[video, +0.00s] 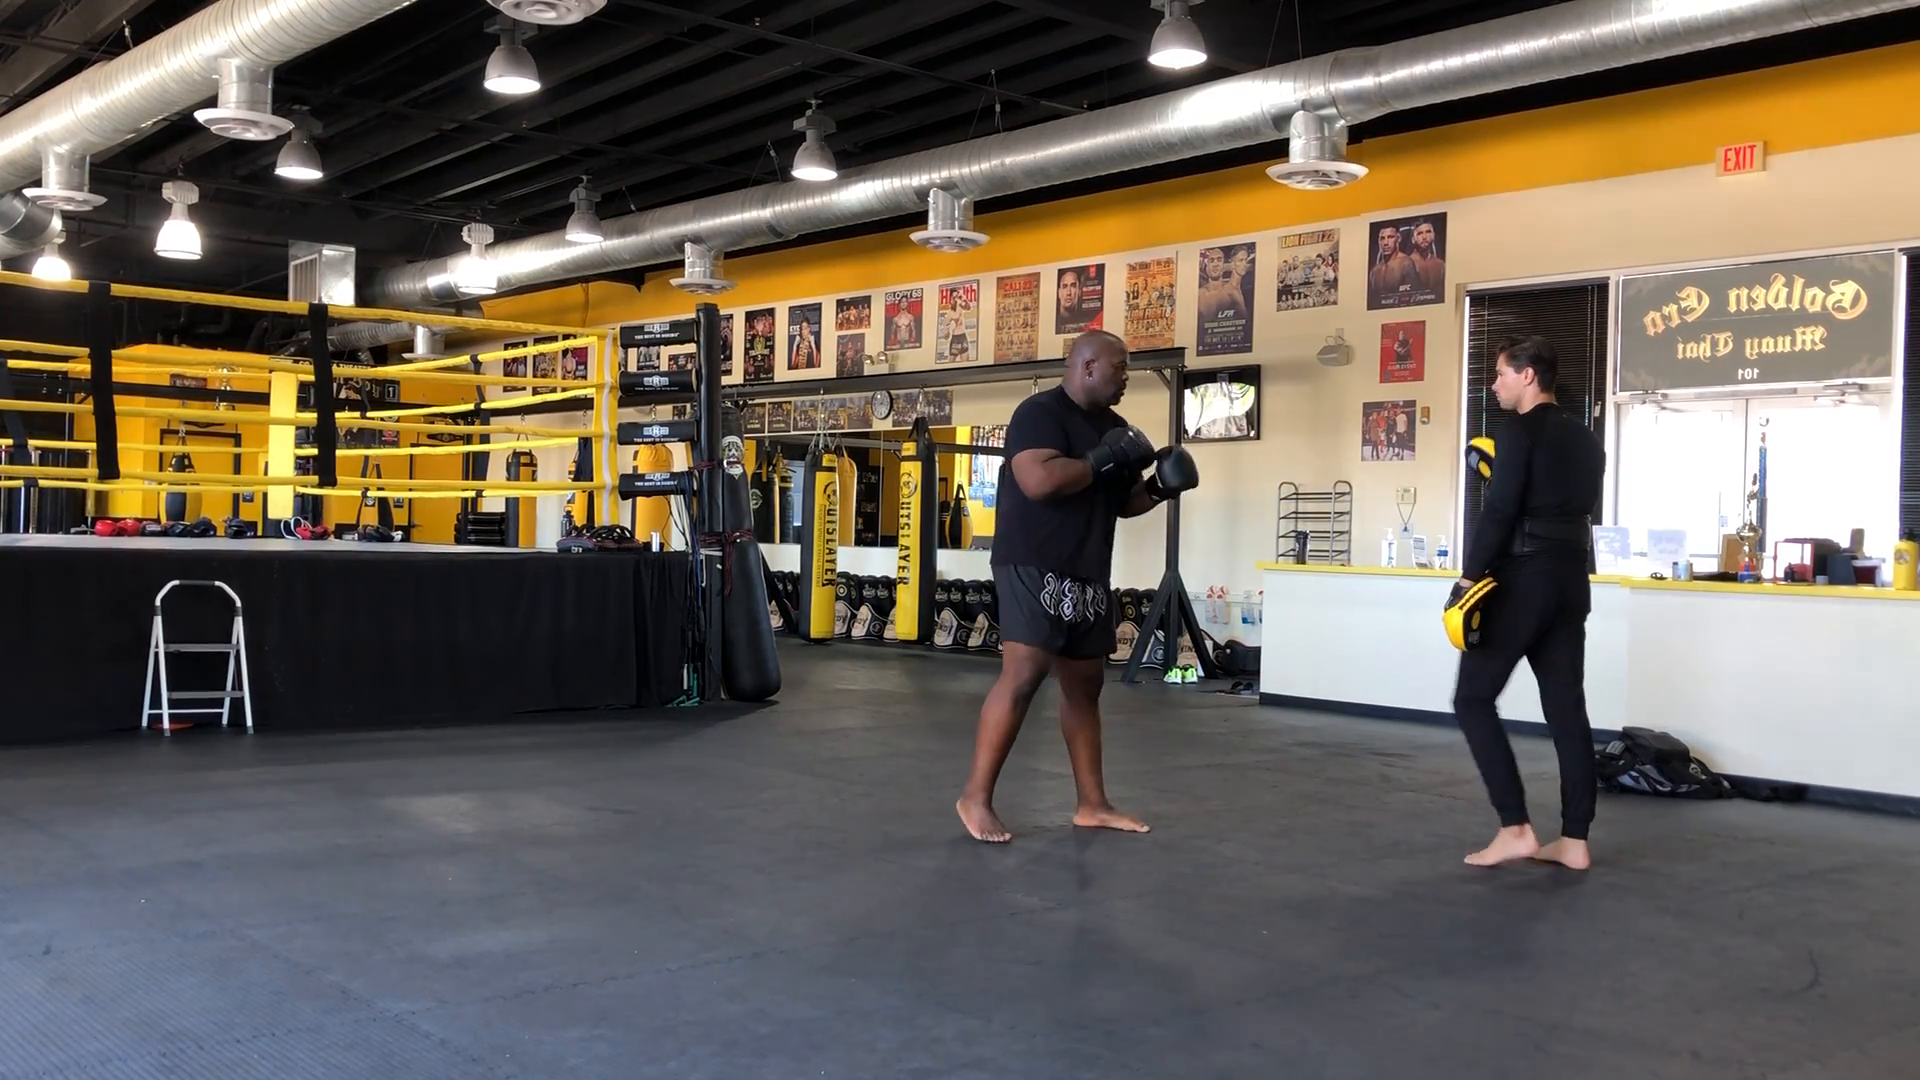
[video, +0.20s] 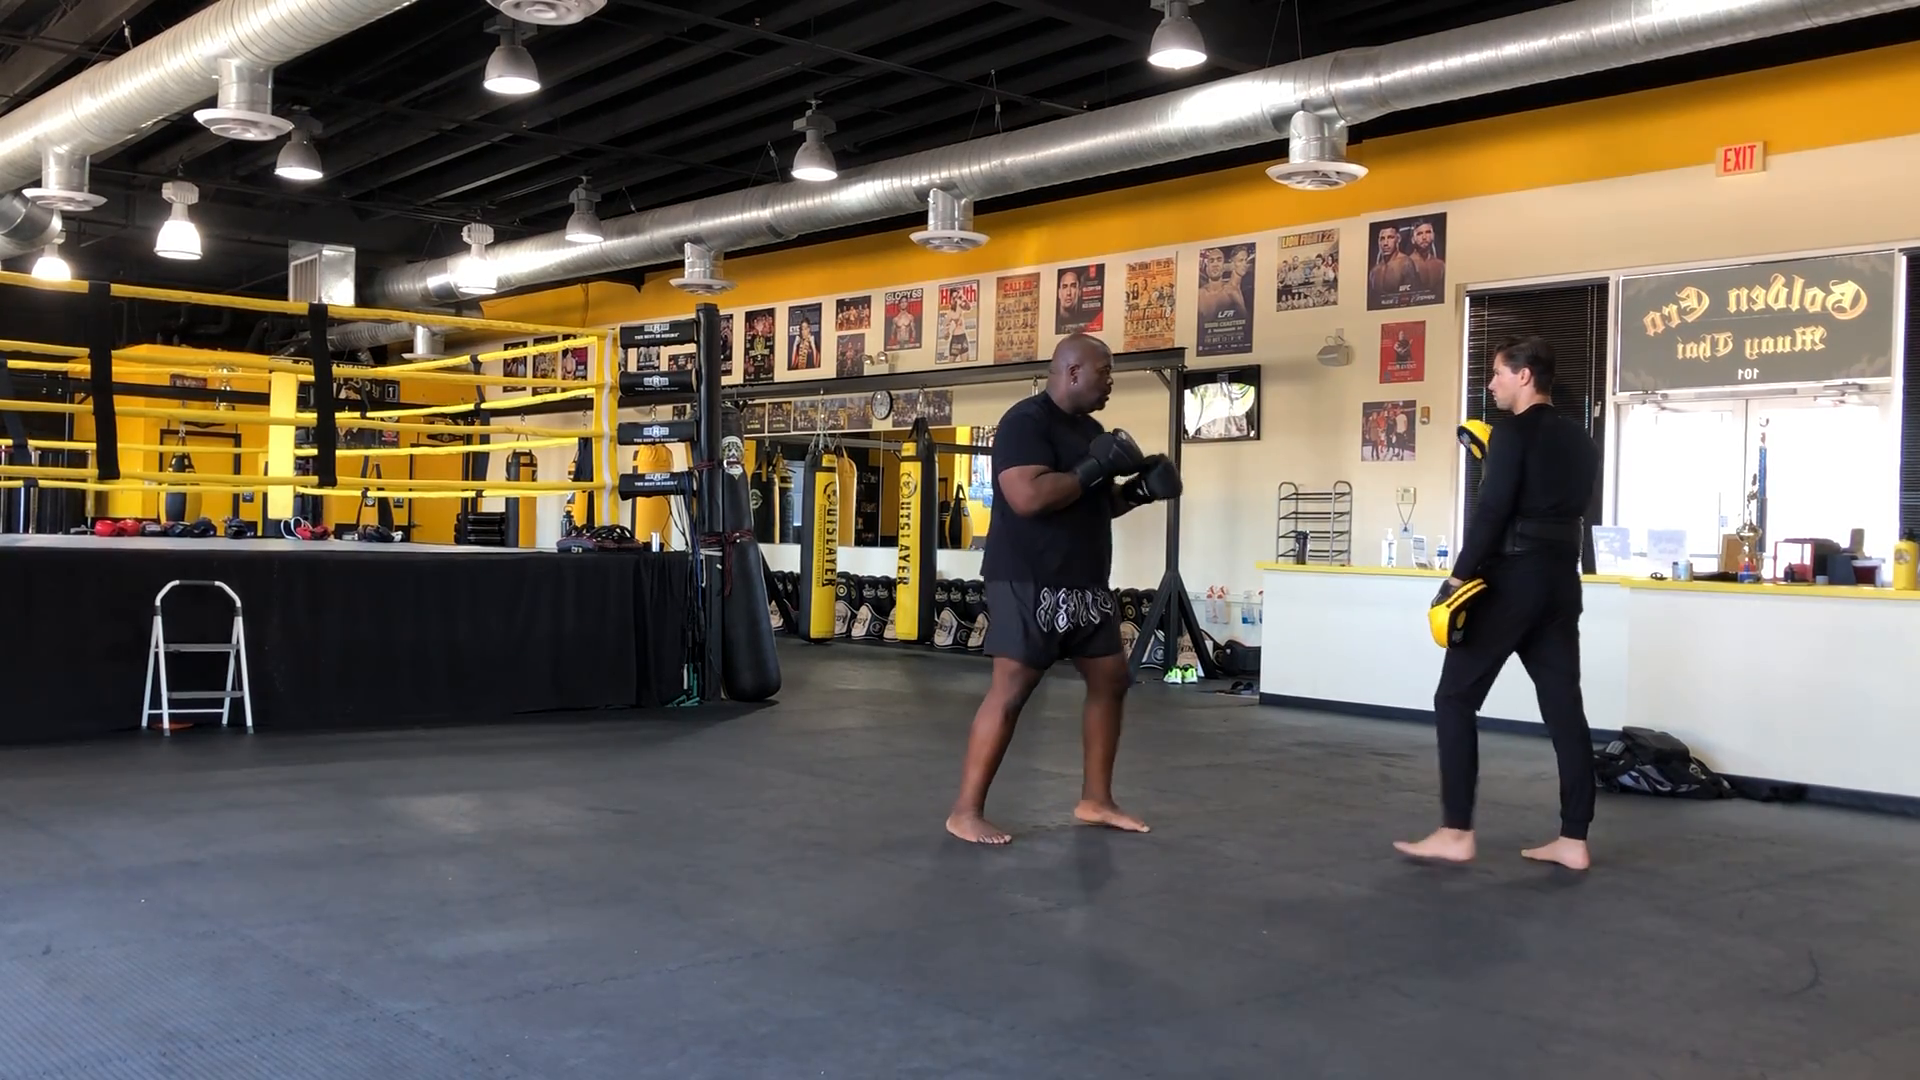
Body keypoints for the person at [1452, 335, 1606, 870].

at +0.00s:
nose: (1495, 385)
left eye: (1501, 375)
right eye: (1496, 375)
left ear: (1529, 377)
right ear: (1540, 379)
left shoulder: (1518, 430)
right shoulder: (1585, 437)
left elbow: (1499, 511)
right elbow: (1578, 513)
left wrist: (1469, 583)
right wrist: (1506, 475)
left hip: (1523, 584)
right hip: (1571, 586)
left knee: (1472, 702)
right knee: (1567, 713)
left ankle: (1515, 829)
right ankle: (1574, 840)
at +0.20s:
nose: (1491, 385)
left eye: (1496, 375)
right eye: (1492, 375)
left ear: (1524, 376)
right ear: (1536, 379)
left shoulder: (1514, 431)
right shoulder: (1578, 436)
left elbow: (1491, 511)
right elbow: (1567, 506)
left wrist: (1454, 585)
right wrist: (1496, 460)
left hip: (1509, 584)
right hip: (1560, 587)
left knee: (1454, 701)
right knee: (1566, 713)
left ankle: (1455, 832)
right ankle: (1574, 840)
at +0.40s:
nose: (1469, 382)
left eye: (1474, 373)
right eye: (1470, 372)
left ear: (1500, 376)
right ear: (1510, 379)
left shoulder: (1491, 431)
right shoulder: (1553, 437)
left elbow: (1471, 511)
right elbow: (1530, 507)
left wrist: (1434, 584)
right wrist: (1468, 459)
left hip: (1485, 585)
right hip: (1534, 585)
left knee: (1445, 705)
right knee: (1542, 710)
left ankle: (1430, 837)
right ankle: (1570, 840)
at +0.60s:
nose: (1433, 378)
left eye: (1439, 368)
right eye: (1434, 368)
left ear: (1467, 373)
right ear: (1474, 374)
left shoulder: (1471, 430)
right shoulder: (1506, 426)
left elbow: (1455, 512)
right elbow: (1460, 494)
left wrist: (1410, 583)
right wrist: (1424, 445)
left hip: (1459, 583)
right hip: (1498, 580)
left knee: (1432, 709)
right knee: (1502, 703)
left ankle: (1428, 838)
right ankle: (1559, 824)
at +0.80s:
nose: (1402, 374)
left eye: (1409, 364)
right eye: (1402, 365)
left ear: (1438, 368)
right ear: (1438, 370)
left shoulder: (1458, 428)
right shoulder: (1447, 425)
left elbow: (1450, 513)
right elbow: (1390, 484)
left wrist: (1403, 581)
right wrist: (1364, 438)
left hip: (1449, 582)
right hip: (1466, 579)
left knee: (1426, 707)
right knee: (1480, 699)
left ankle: (1428, 838)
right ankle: (1551, 814)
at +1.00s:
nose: (1398, 379)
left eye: (1402, 369)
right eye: (1399, 369)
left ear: (1427, 371)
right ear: (1443, 372)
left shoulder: (1425, 429)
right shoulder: (1490, 429)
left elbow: (1410, 510)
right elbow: (1466, 493)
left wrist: (1378, 580)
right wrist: (1408, 459)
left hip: (1431, 577)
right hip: (1480, 575)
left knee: (1426, 710)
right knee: (1482, 697)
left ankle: (1428, 838)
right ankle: (1547, 812)